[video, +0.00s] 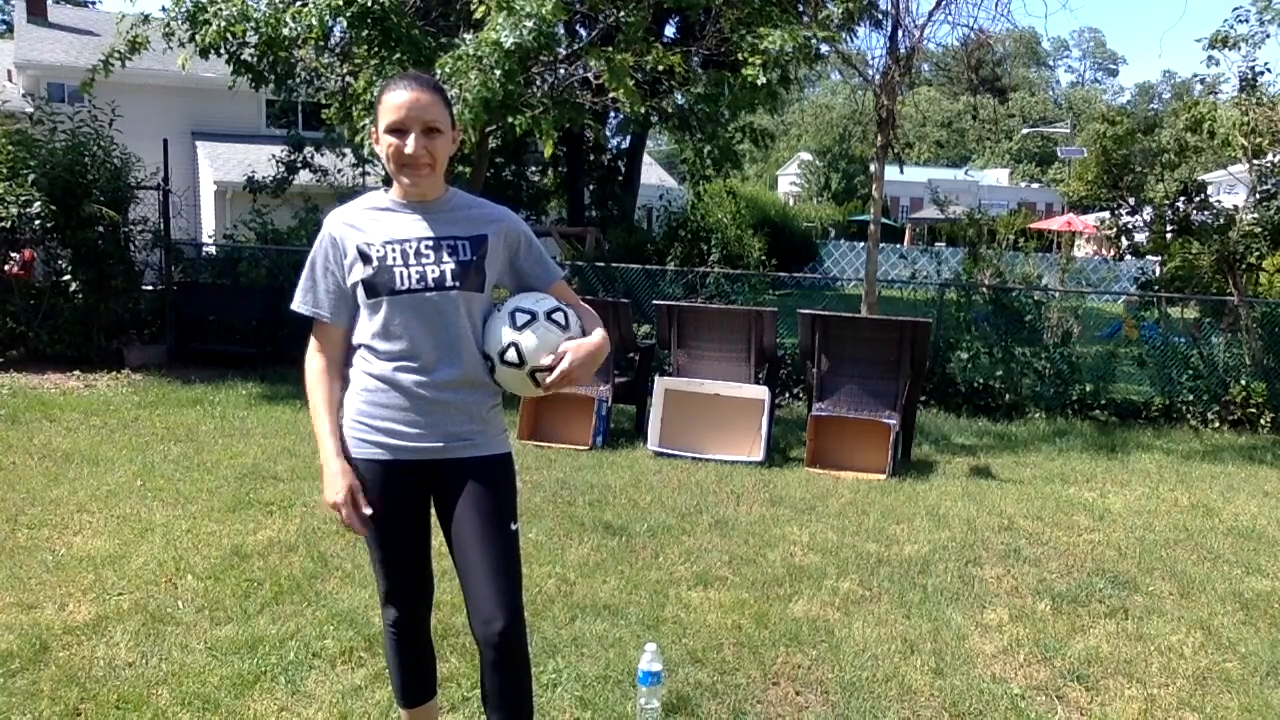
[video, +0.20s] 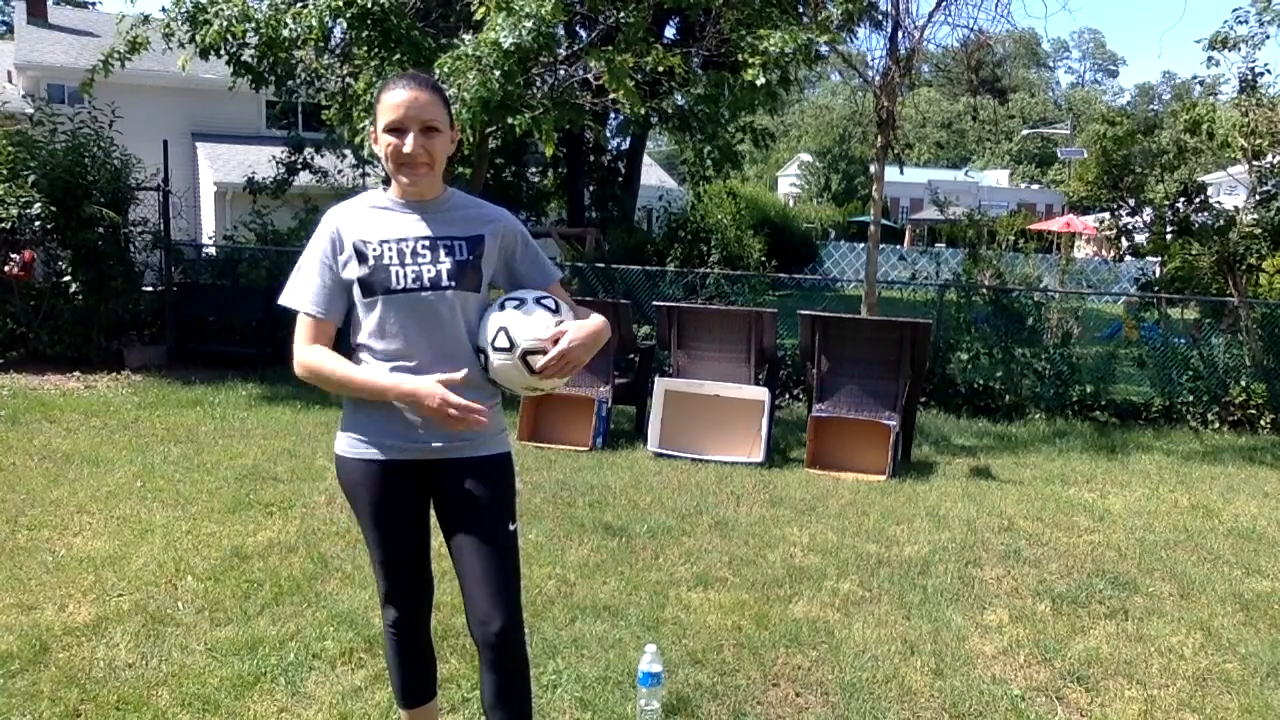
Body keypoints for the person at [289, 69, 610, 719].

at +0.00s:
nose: (413, 146)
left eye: (429, 130)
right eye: (397, 131)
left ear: (455, 138)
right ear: (377, 140)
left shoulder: (499, 227)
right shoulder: (346, 228)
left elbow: (570, 308)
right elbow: (323, 352)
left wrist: (597, 341)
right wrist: (331, 458)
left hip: (475, 447)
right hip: (380, 448)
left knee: (500, 625)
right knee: (403, 612)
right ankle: (420, 715)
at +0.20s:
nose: (410, 145)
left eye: (427, 130)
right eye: (395, 130)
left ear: (453, 138)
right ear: (375, 139)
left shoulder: (495, 227)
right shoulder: (344, 227)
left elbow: (556, 314)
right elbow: (307, 355)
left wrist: (596, 327)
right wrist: (403, 388)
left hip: (474, 450)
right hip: (378, 454)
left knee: (499, 627)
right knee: (404, 616)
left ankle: (509, 719)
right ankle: (420, 715)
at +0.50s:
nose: (406, 141)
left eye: (422, 127)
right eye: (390, 128)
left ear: (446, 138)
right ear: (370, 140)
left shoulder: (490, 225)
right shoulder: (341, 226)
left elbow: (542, 329)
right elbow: (326, 361)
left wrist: (606, 352)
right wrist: (451, 367)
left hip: (472, 451)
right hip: (376, 454)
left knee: (496, 626)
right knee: (402, 614)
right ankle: (420, 715)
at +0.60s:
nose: (404, 143)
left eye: (421, 129)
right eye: (389, 129)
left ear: (445, 139)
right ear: (369, 140)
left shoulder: (489, 224)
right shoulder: (340, 227)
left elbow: (536, 331)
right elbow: (327, 361)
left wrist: (597, 348)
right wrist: (448, 373)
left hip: (471, 451)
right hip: (375, 454)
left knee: (496, 628)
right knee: (402, 615)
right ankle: (421, 715)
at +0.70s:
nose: (403, 144)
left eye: (419, 130)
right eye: (387, 130)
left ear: (444, 140)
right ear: (367, 141)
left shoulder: (487, 225)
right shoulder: (338, 227)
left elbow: (533, 327)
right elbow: (325, 361)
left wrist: (584, 341)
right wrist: (448, 374)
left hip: (471, 452)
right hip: (374, 455)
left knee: (495, 627)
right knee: (403, 615)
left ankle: (507, 719)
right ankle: (421, 715)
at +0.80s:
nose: (401, 145)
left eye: (418, 130)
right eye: (386, 130)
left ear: (442, 140)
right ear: (365, 141)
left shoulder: (486, 224)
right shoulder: (336, 227)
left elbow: (533, 323)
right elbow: (324, 361)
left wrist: (583, 339)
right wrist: (447, 373)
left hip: (470, 451)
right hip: (374, 455)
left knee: (495, 625)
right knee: (402, 616)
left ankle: (507, 718)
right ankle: (420, 714)